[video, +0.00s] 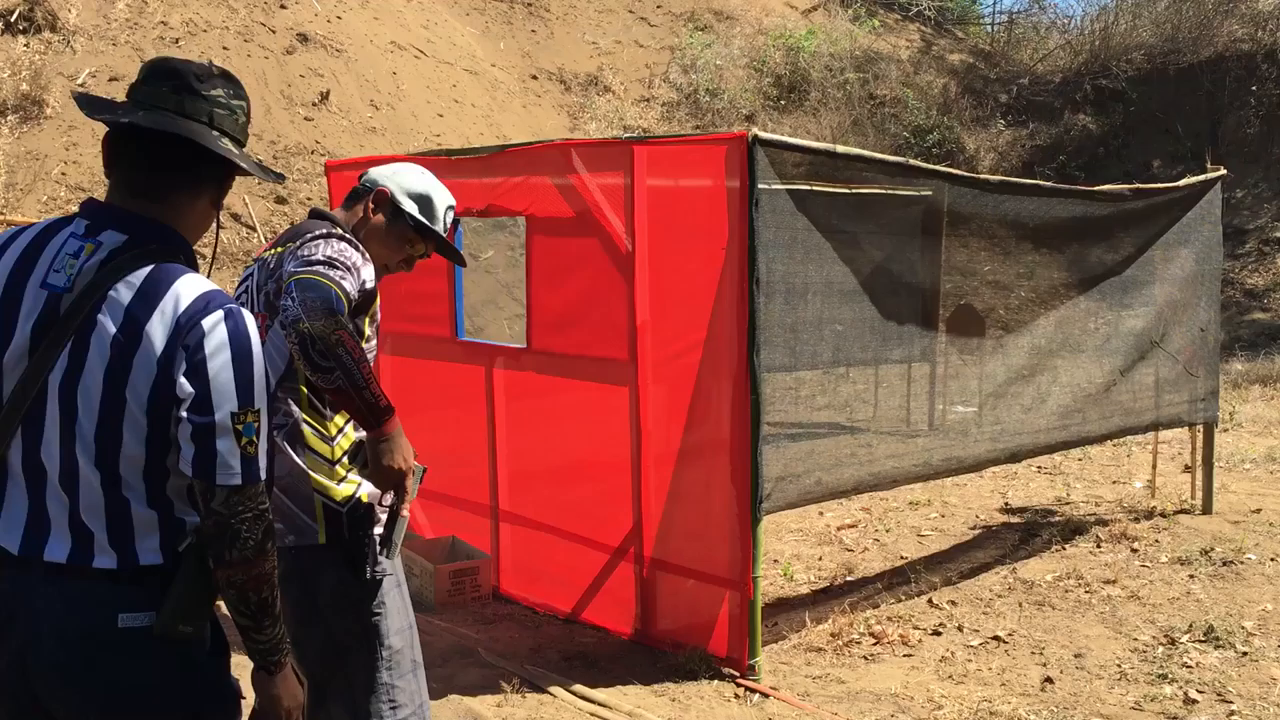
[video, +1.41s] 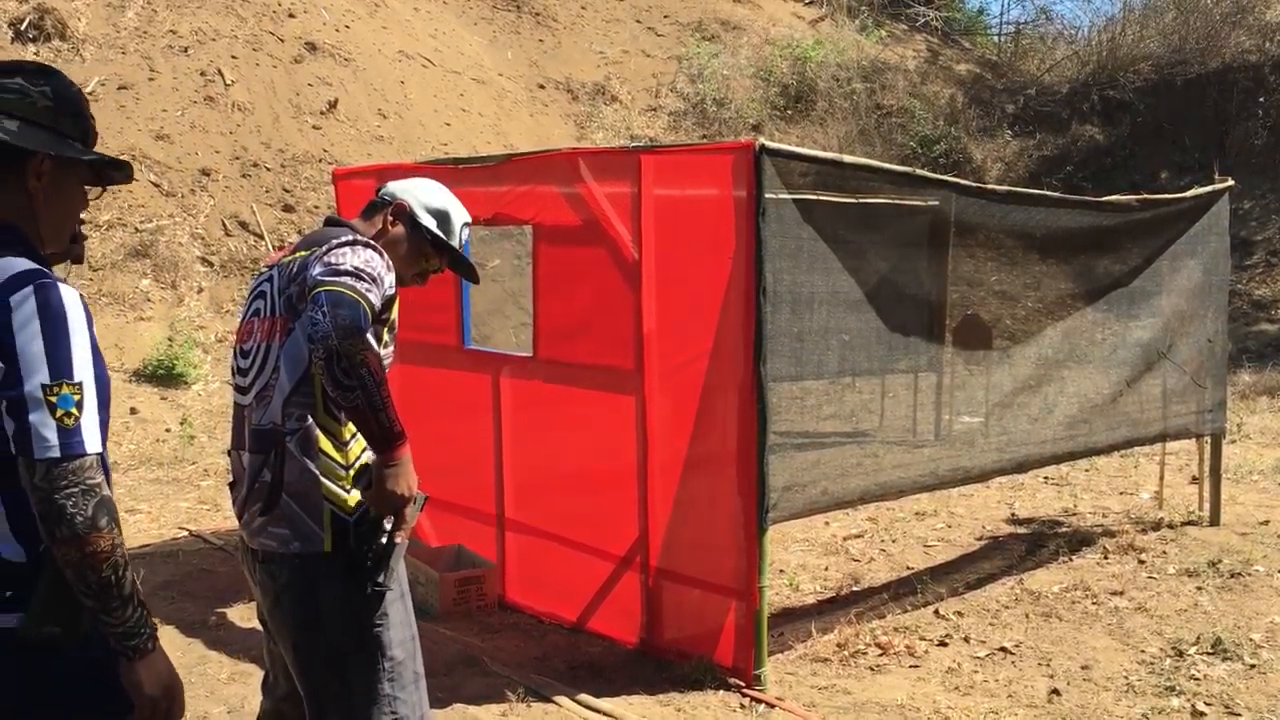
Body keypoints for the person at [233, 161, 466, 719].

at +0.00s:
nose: (413, 262)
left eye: (423, 253)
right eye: (413, 243)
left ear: (368, 208)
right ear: (375, 206)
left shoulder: (280, 258)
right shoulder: (335, 248)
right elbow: (313, 319)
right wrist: (385, 426)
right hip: (333, 525)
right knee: (383, 699)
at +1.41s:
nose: (424, 276)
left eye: (435, 268)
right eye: (425, 256)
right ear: (393, 220)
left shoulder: (281, 269)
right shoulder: (358, 255)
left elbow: (259, 407)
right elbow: (336, 333)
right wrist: (395, 453)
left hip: (278, 543)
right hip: (336, 542)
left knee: (295, 704)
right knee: (385, 706)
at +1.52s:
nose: (424, 276)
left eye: (435, 268)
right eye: (426, 257)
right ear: (395, 219)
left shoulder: (281, 268)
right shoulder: (358, 252)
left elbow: (256, 407)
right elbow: (332, 326)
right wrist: (382, 451)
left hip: (278, 540)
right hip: (335, 539)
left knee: (293, 705)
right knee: (385, 707)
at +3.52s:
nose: (401, 233)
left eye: (406, 218)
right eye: (399, 215)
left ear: (349, 198)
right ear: (363, 200)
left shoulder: (261, 254)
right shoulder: (321, 269)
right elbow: (326, 396)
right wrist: (431, 470)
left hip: (229, 525)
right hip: (286, 533)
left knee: (264, 692)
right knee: (348, 703)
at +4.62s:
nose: (391, 223)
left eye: (391, 208)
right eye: (386, 207)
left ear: (310, 202)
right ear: (349, 207)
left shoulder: (253, 267)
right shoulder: (324, 290)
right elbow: (338, 438)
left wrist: (314, 516)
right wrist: (385, 551)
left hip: (207, 528)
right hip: (266, 543)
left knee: (265, 683)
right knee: (353, 700)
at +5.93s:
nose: (401, 222)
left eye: (402, 207)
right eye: (395, 206)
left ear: (333, 201)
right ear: (357, 205)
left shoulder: (264, 266)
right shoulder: (337, 287)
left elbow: (274, 406)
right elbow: (352, 432)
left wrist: (335, 495)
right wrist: (401, 544)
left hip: (222, 531)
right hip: (280, 542)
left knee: (283, 695)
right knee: (363, 699)